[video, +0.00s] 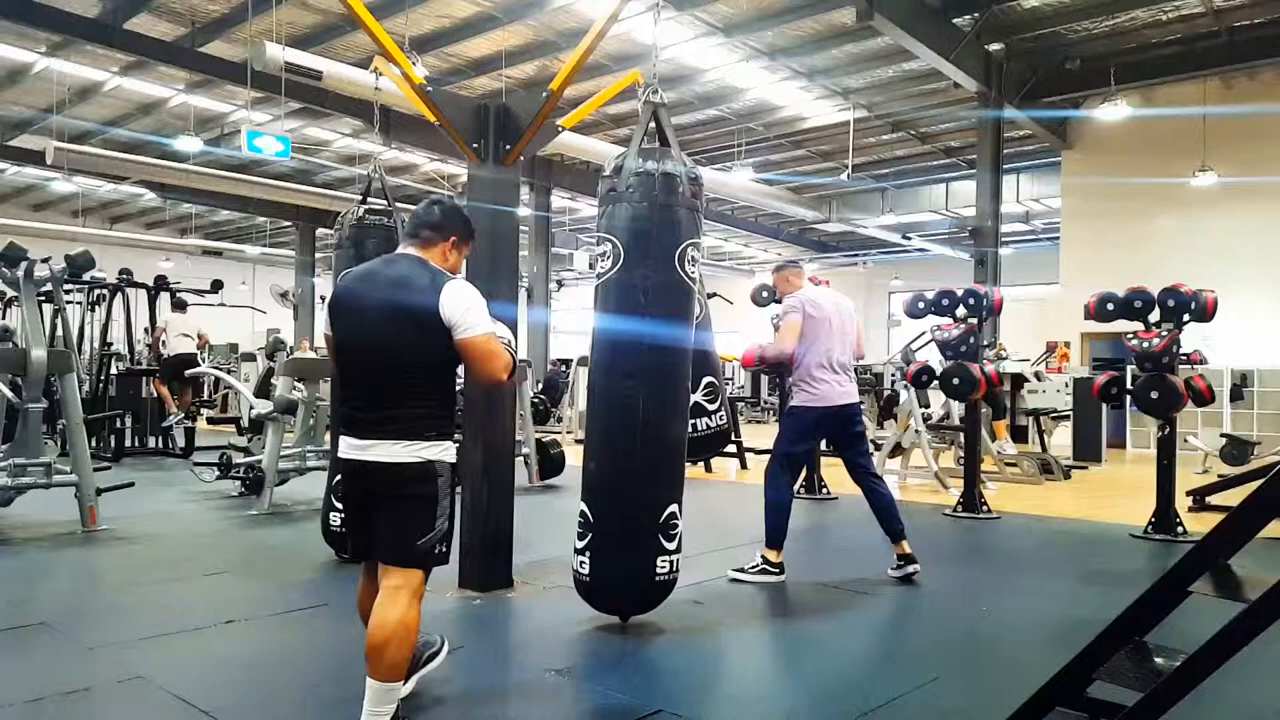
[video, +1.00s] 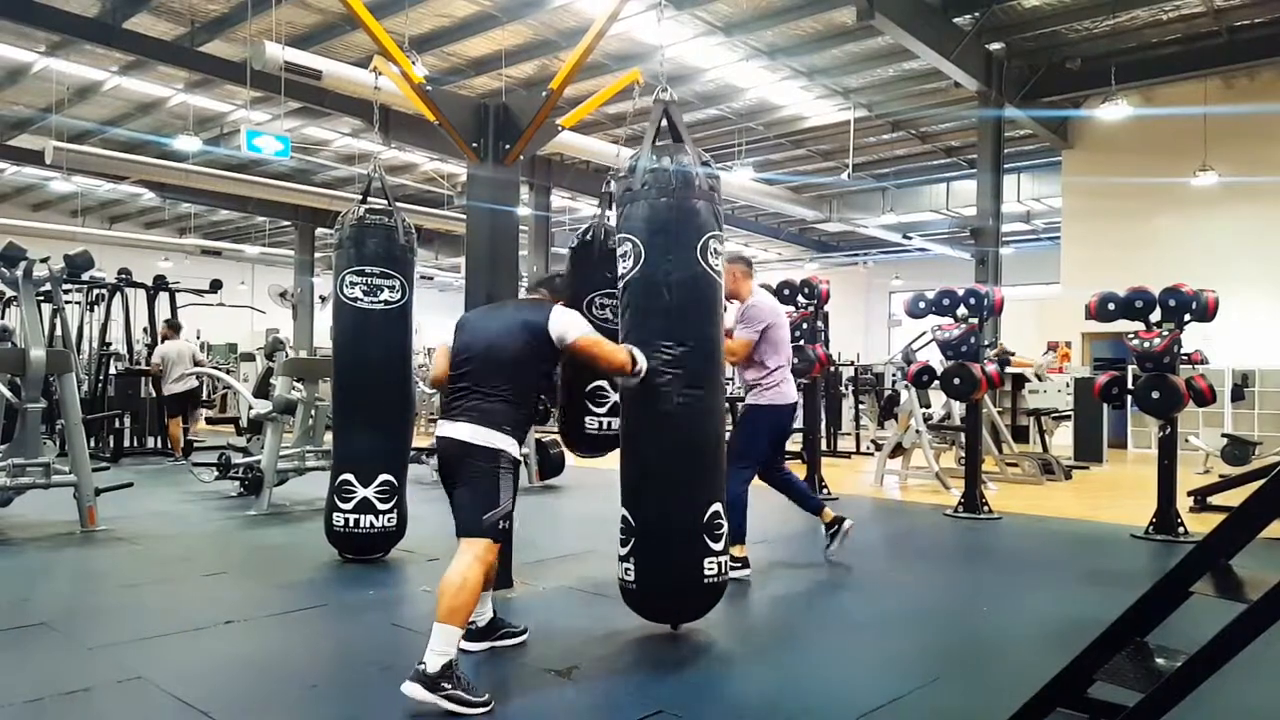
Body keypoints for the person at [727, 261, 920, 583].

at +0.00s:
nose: (779, 295)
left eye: (778, 289)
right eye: (777, 291)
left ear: (789, 278)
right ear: (802, 277)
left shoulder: (795, 301)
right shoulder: (844, 302)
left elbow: (784, 349)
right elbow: (858, 351)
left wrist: (757, 353)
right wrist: (818, 347)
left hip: (808, 404)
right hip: (847, 403)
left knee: (778, 475)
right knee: (867, 475)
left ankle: (772, 559)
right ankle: (904, 552)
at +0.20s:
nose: (797, 293)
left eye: (797, 286)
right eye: (795, 288)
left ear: (813, 278)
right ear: (823, 279)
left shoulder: (821, 306)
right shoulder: (847, 306)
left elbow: (820, 356)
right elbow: (843, 358)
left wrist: (798, 355)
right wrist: (804, 352)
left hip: (816, 408)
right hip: (854, 410)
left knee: (770, 467)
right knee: (873, 478)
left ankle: (761, 545)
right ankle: (907, 559)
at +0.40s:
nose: (793, 283)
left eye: (795, 277)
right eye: (793, 277)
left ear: (809, 275)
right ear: (824, 277)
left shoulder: (800, 303)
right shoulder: (848, 307)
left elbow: (766, 342)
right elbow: (855, 353)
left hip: (804, 409)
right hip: (845, 408)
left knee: (769, 474)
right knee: (869, 476)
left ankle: (747, 555)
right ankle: (906, 556)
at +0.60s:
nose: (753, 285)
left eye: (753, 280)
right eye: (754, 280)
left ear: (761, 278)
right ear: (783, 277)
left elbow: (709, 308)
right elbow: (834, 354)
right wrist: (796, 358)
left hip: (777, 408)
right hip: (817, 406)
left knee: (737, 476)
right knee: (836, 475)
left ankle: (737, 557)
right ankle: (888, 543)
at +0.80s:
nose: (715, 284)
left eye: (717, 277)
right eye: (715, 278)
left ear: (731, 276)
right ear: (735, 276)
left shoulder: (755, 306)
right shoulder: (737, 308)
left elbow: (743, 358)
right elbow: (738, 352)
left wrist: (716, 347)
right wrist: (724, 347)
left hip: (765, 401)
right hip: (785, 399)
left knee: (737, 475)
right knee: (808, 468)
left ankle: (737, 556)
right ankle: (866, 525)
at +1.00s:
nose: (721, 284)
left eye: (723, 277)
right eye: (721, 277)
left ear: (737, 276)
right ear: (744, 275)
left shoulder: (755, 306)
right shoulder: (765, 303)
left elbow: (737, 353)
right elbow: (738, 345)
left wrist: (710, 337)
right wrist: (722, 335)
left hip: (764, 402)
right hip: (782, 401)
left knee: (735, 475)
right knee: (771, 469)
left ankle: (736, 553)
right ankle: (830, 520)